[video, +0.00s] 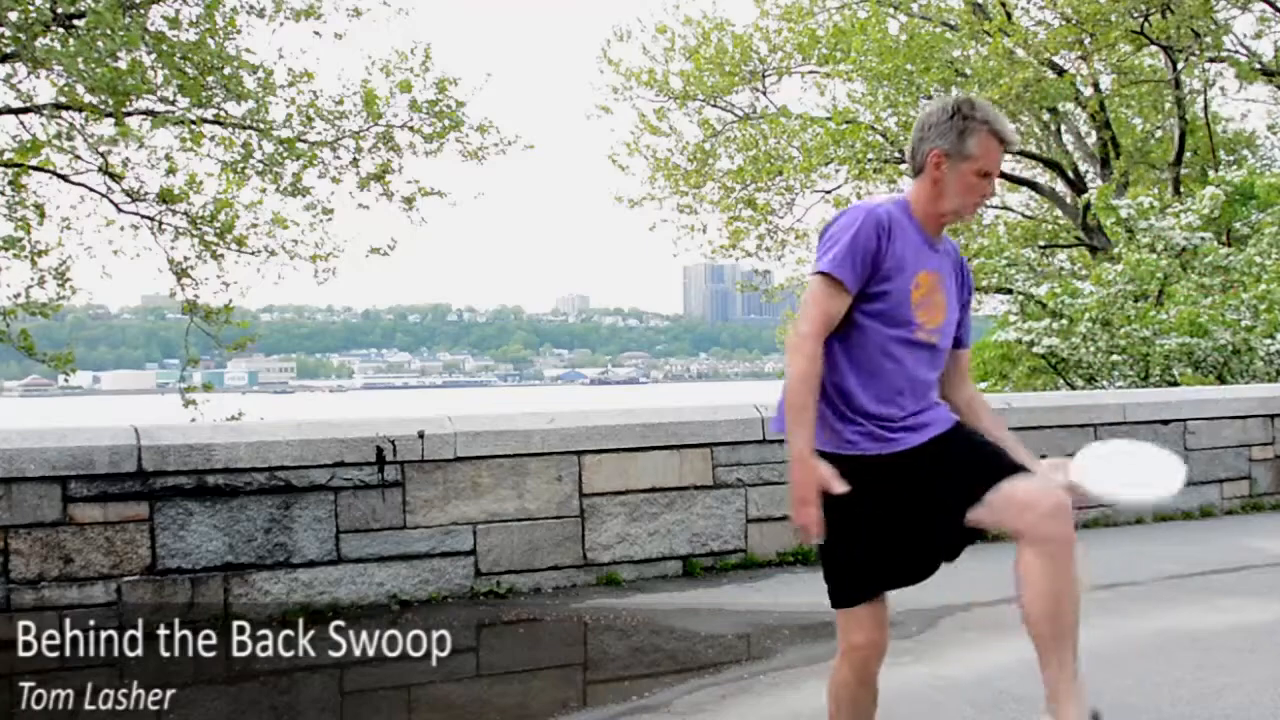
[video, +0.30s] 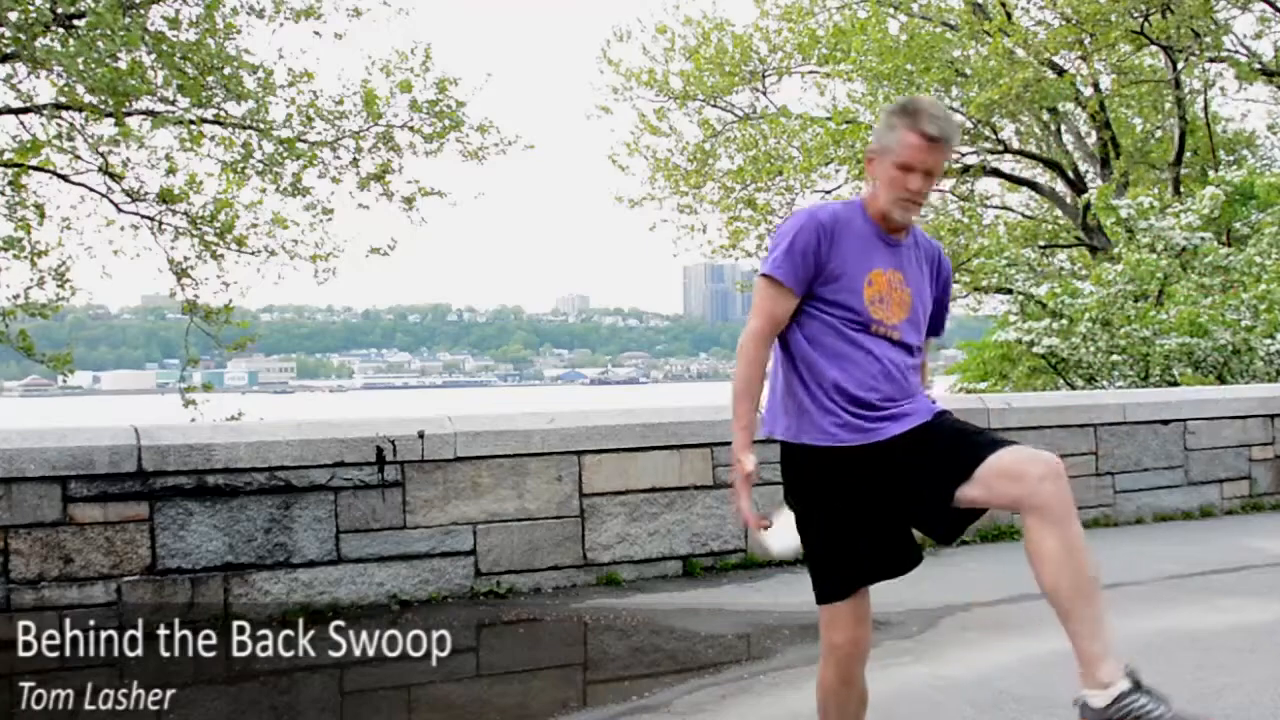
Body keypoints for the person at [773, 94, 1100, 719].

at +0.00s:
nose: (991, 191)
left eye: (995, 178)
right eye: (982, 174)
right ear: (935, 164)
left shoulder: (953, 266)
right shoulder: (867, 225)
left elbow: (958, 389)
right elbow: (805, 337)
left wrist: (1030, 467)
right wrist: (802, 457)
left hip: (930, 445)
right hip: (849, 458)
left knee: (1046, 510)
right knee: (863, 642)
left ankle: (1068, 708)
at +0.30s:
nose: (919, 187)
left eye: (931, 174)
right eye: (907, 169)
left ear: (941, 175)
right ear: (871, 160)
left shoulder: (931, 261)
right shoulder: (814, 230)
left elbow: (915, 368)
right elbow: (757, 338)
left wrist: (936, 448)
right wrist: (742, 449)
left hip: (909, 438)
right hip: (826, 454)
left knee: (1041, 477)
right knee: (846, 644)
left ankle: (1104, 684)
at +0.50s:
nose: (842, 135)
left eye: (859, 123)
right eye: (839, 122)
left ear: (903, 138)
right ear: (835, 130)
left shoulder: (938, 227)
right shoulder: (801, 210)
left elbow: (906, 327)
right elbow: (780, 332)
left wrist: (920, 408)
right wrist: (819, 435)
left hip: (928, 425)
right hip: (835, 435)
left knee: (1021, 555)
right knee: (847, 620)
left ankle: (1036, 715)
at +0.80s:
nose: (824, 118)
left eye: (841, 107)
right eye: (829, 106)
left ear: (885, 127)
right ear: (868, 127)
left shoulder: (943, 213)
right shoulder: (795, 215)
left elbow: (992, 318)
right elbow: (778, 327)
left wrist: (931, 356)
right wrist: (800, 414)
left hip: (927, 446)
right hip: (835, 449)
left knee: (956, 609)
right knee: (815, 616)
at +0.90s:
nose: (805, 126)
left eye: (819, 115)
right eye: (809, 114)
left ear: (862, 133)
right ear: (849, 133)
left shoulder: (911, 206)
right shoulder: (787, 219)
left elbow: (916, 326)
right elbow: (773, 321)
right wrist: (764, 405)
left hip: (907, 446)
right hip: (817, 447)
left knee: (941, 623)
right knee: (792, 618)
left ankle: (981, 718)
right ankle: (844, 719)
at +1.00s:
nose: (784, 139)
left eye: (797, 128)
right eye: (788, 127)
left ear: (838, 147)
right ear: (825, 148)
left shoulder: (867, 219)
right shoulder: (782, 230)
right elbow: (776, 341)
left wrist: (710, 246)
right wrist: (738, 410)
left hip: (875, 449)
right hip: (802, 454)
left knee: (878, 640)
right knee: (783, 623)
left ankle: (952, 714)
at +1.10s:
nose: (756, 151)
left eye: (768, 138)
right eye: (759, 138)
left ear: (808, 150)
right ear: (804, 153)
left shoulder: (820, 224)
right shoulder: (810, 229)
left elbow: (703, 299)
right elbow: (796, 356)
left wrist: (625, 222)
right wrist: (730, 411)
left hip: (837, 447)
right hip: (814, 448)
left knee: (779, 626)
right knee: (780, 627)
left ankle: (878, 712)